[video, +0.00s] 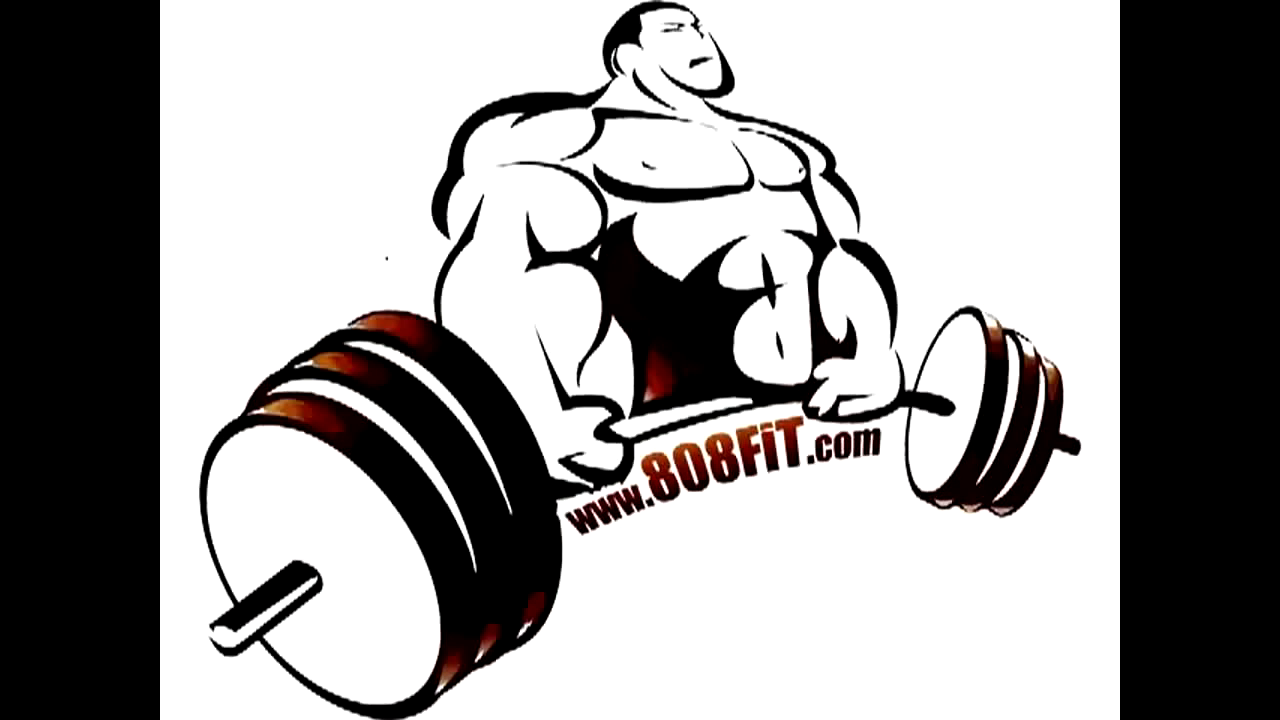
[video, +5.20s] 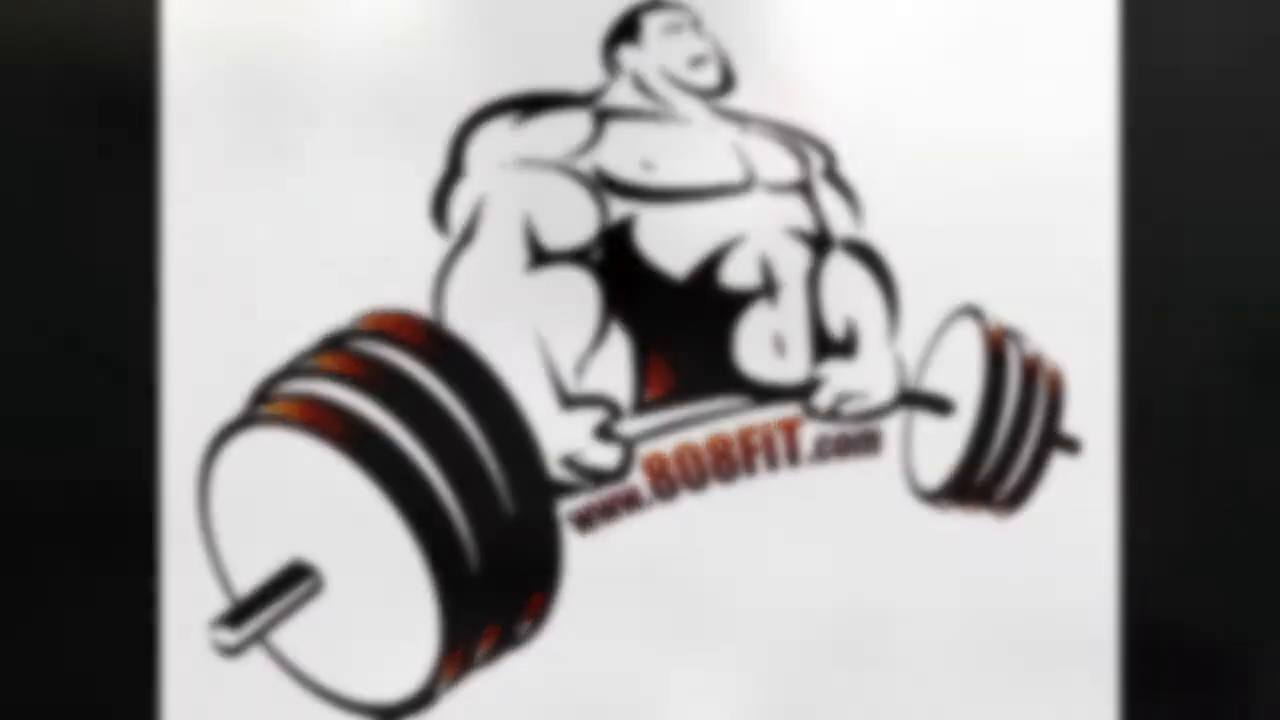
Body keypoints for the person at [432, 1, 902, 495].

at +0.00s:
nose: (702, 40)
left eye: (701, 28)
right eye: (676, 30)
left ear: (713, 45)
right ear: (629, 59)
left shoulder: (775, 145)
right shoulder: (594, 126)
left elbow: (850, 249)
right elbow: (487, 155)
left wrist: (878, 358)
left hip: (747, 330)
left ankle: (870, 369)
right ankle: (577, 429)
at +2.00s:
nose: (702, 40)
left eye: (701, 28)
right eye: (675, 30)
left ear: (713, 45)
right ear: (628, 59)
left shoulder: (776, 145)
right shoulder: (593, 127)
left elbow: (850, 250)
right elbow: (487, 155)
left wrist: (878, 358)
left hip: (747, 331)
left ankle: (870, 369)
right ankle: (577, 429)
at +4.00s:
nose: (702, 40)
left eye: (701, 28)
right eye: (675, 30)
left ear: (713, 45)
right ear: (628, 59)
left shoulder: (775, 145)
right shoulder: (593, 126)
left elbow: (850, 250)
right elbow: (487, 155)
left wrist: (878, 358)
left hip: (747, 330)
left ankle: (870, 369)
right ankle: (577, 429)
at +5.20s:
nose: (701, 43)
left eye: (700, 29)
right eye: (676, 31)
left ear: (717, 41)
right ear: (628, 58)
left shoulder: (779, 148)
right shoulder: (589, 131)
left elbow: (848, 254)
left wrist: (871, 361)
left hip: (750, 328)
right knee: (516, 191)